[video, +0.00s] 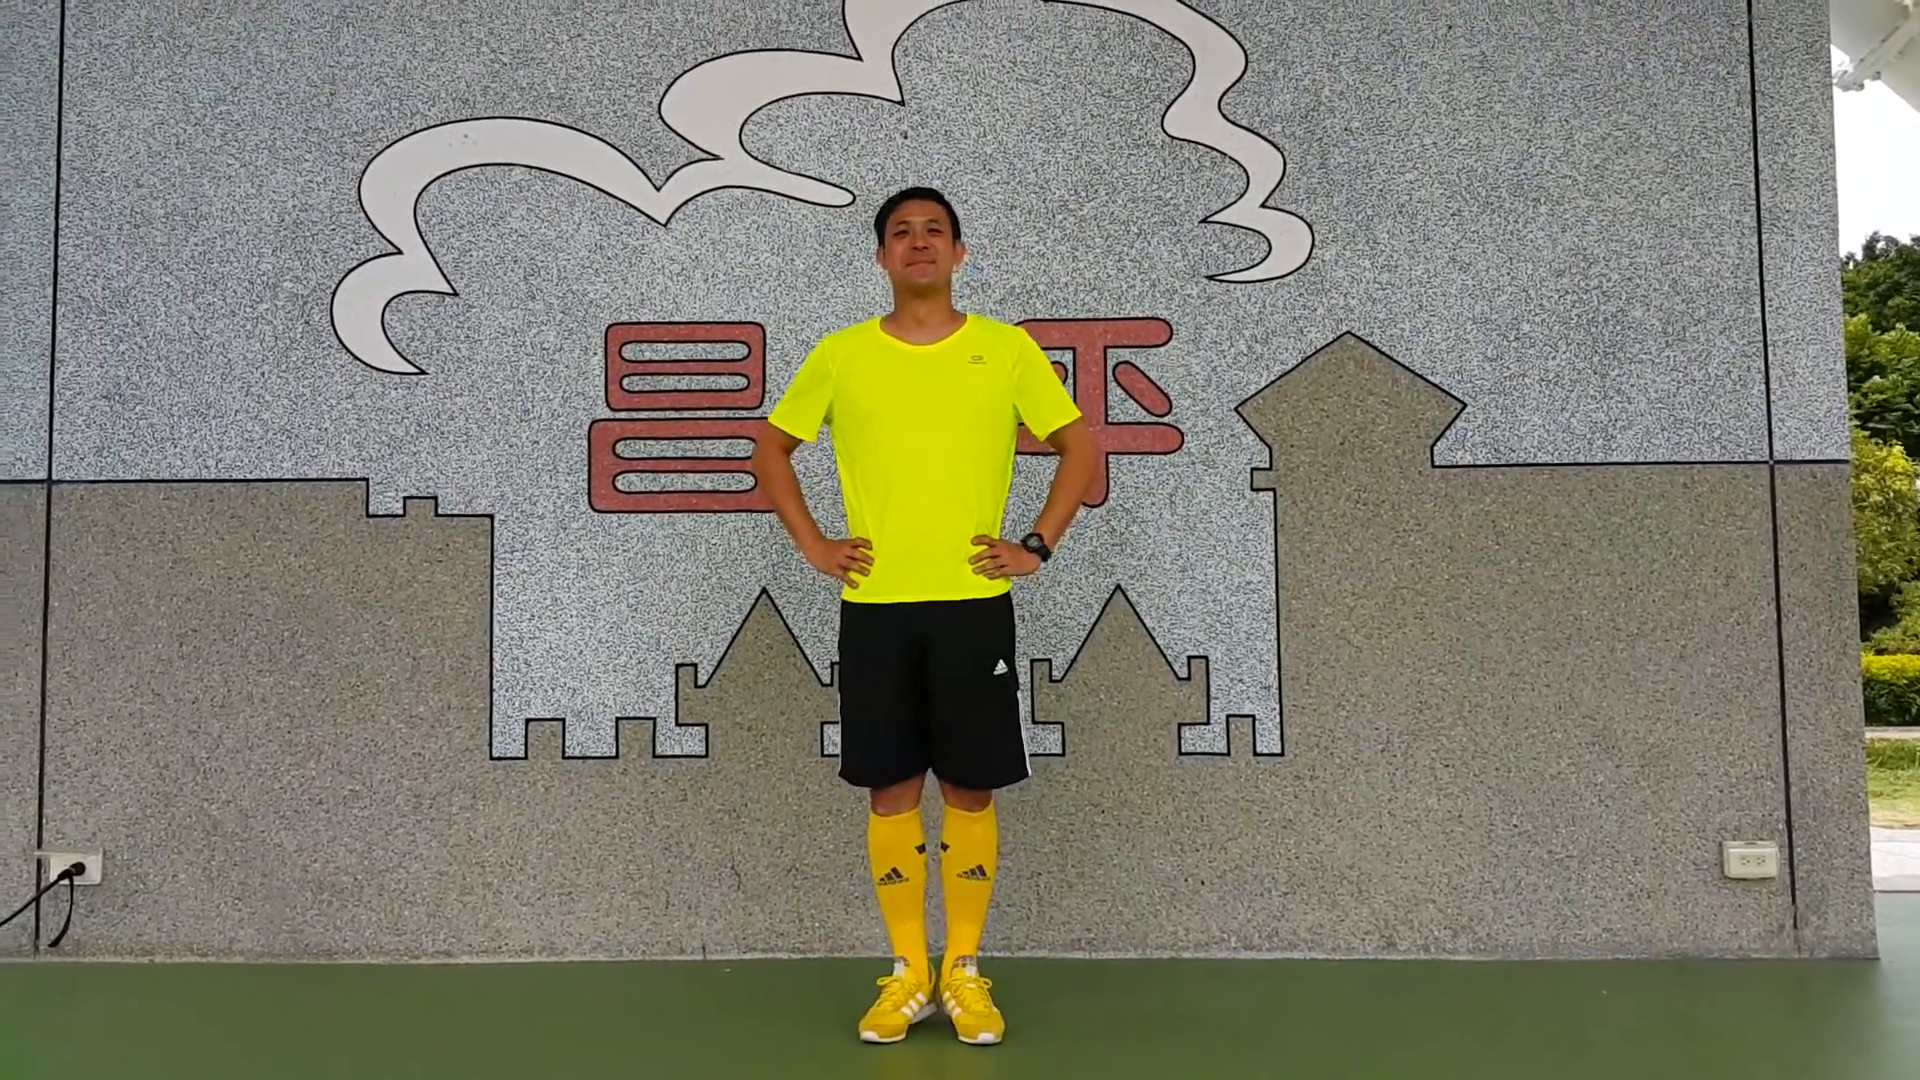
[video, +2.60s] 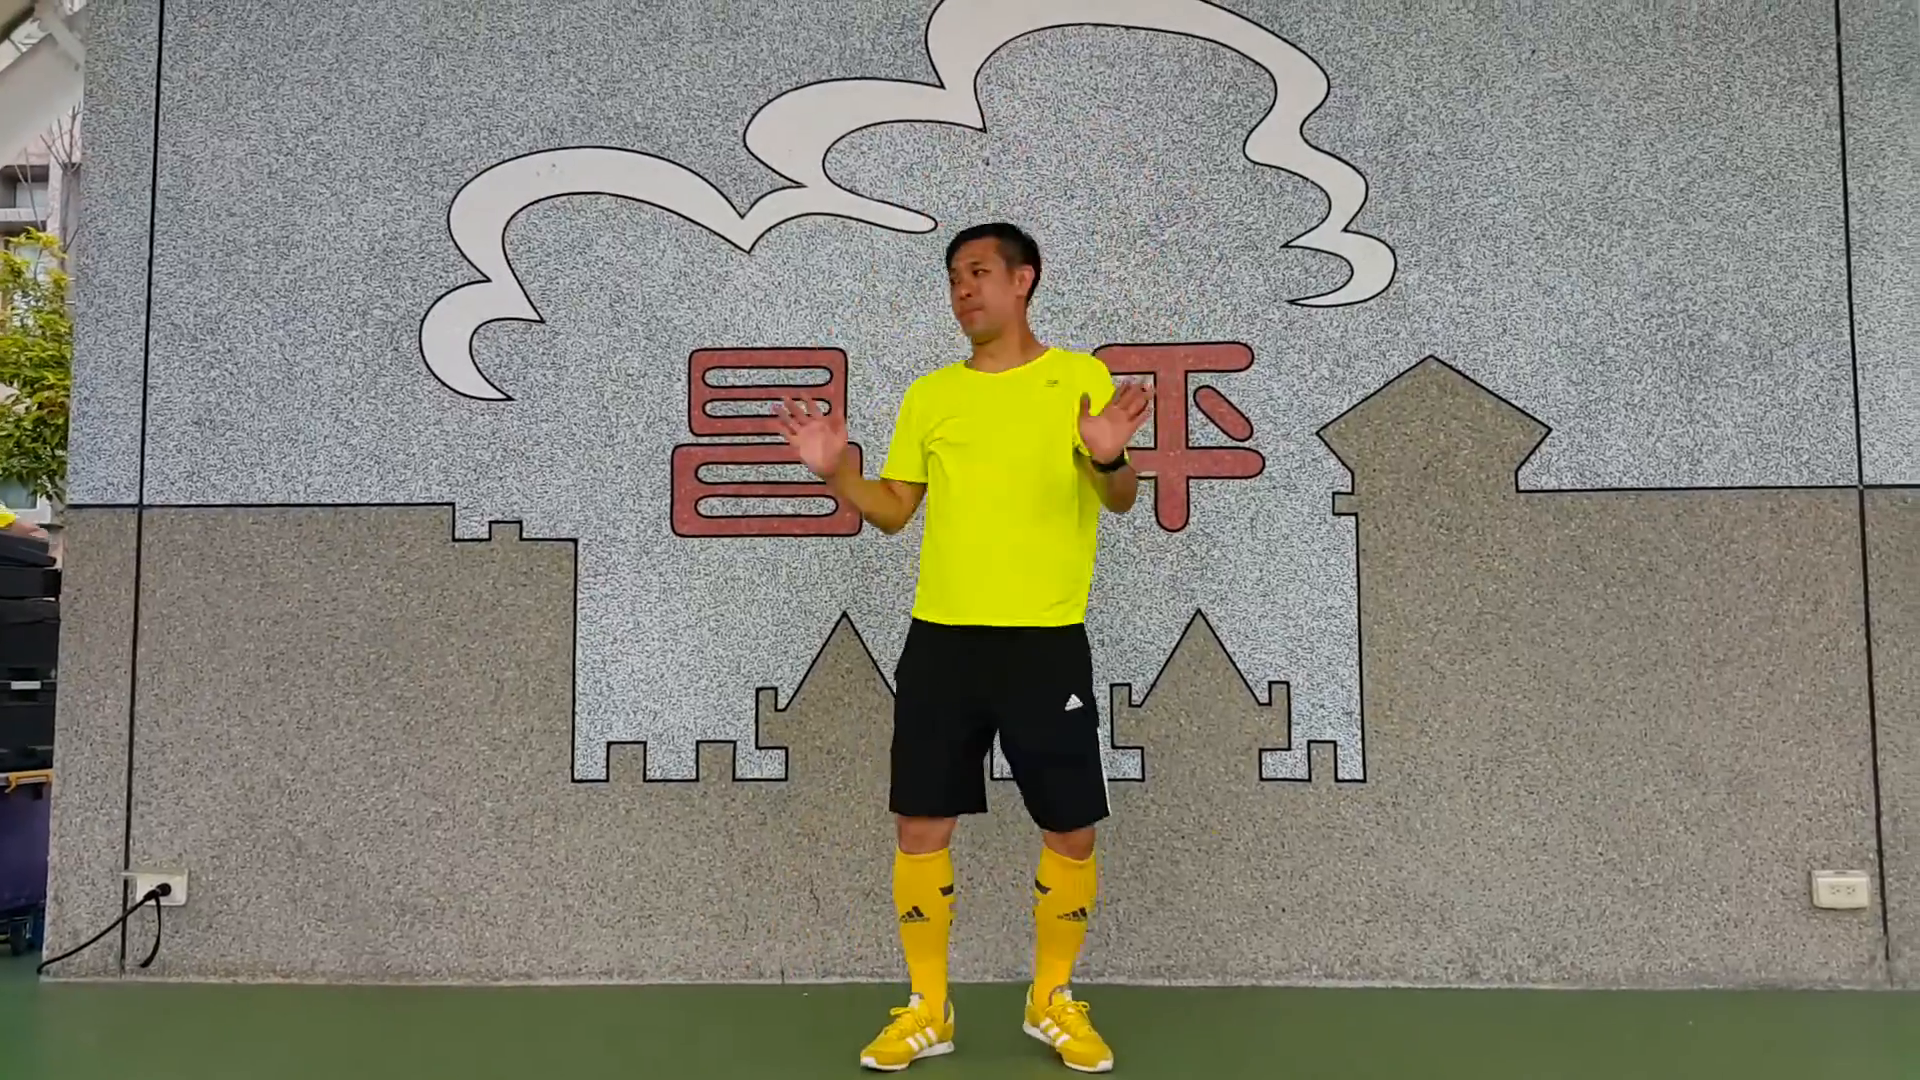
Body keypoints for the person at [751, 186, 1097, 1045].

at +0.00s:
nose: (919, 243)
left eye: (934, 232)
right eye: (902, 233)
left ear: (959, 253)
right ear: (881, 258)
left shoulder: (1007, 348)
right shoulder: (842, 354)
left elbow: (1083, 447)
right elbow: (768, 448)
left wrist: (1038, 544)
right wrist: (812, 543)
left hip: (973, 600)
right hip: (877, 602)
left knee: (968, 785)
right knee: (891, 787)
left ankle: (964, 971)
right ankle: (909, 974)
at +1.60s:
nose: (1009, 280)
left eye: (1017, 267)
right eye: (989, 266)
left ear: (1026, 282)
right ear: (949, 279)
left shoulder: (1057, 378)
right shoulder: (897, 375)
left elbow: (1097, 481)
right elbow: (826, 465)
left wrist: (1148, 556)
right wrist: (832, 524)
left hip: (1029, 624)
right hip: (927, 623)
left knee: (1032, 804)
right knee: (928, 807)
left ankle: (1018, 986)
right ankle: (955, 978)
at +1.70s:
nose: (1033, 289)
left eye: (1034, 275)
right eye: (1016, 275)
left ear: (1022, 287)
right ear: (967, 287)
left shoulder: (1049, 384)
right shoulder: (917, 379)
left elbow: (1107, 475)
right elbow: (883, 485)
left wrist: (1178, 492)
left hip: (1026, 628)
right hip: (926, 626)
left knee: (1043, 807)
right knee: (908, 808)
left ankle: (1023, 986)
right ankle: (899, 962)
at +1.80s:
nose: (1029, 292)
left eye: (1031, 279)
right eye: (1013, 277)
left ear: (1023, 287)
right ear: (970, 281)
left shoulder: (1046, 372)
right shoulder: (924, 352)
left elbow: (1134, 386)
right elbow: (939, 368)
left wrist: (1173, 318)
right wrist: (1025, 272)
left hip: (1016, 617)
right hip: (928, 611)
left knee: (1044, 803)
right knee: (894, 798)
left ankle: (1029, 986)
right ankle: (804, 941)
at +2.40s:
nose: (1026, 274)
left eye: (1035, 262)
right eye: (1007, 263)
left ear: (1048, 277)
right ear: (970, 282)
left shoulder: (1075, 363)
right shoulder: (942, 354)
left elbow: (1185, 346)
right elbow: (869, 330)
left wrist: (1159, 260)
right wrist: (920, 221)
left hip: (1041, 614)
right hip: (945, 607)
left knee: (1068, 809)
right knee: (893, 799)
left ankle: (1053, 999)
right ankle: (849, 976)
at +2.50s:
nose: (999, 271)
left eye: (1013, 257)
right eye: (983, 262)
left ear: (1043, 272)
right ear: (967, 286)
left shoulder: (1091, 363)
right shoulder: (937, 365)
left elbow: (1181, 437)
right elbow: (868, 450)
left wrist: (1170, 364)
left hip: (1045, 612)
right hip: (942, 607)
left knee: (1063, 809)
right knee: (917, 802)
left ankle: (1052, 999)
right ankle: (923, 997)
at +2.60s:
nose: (962, 291)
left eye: (979, 274)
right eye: (956, 280)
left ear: (1026, 281)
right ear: (952, 297)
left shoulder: (1081, 378)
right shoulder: (928, 396)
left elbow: (1119, 498)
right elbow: (891, 511)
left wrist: (1106, 454)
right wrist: (842, 473)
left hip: (1048, 634)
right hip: (942, 633)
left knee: (1071, 823)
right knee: (922, 817)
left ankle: (1050, 1000)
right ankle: (927, 1011)